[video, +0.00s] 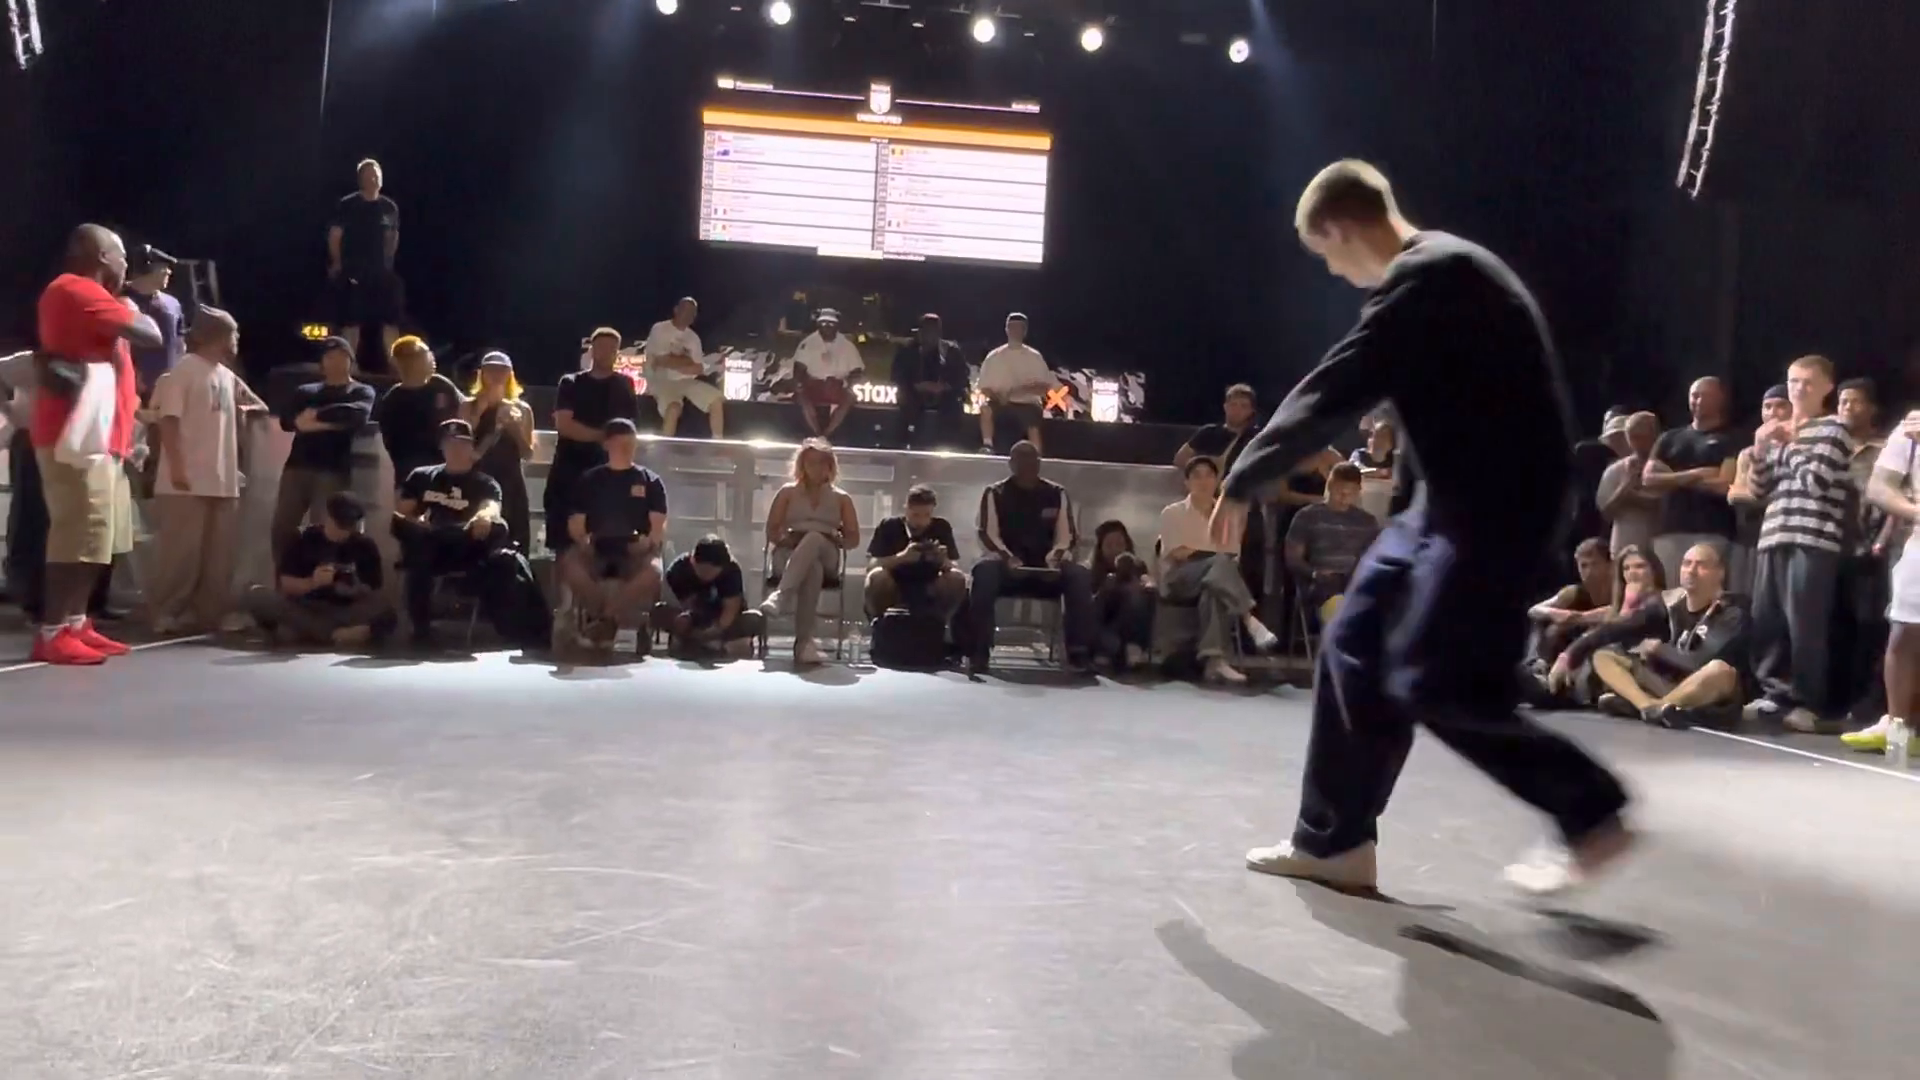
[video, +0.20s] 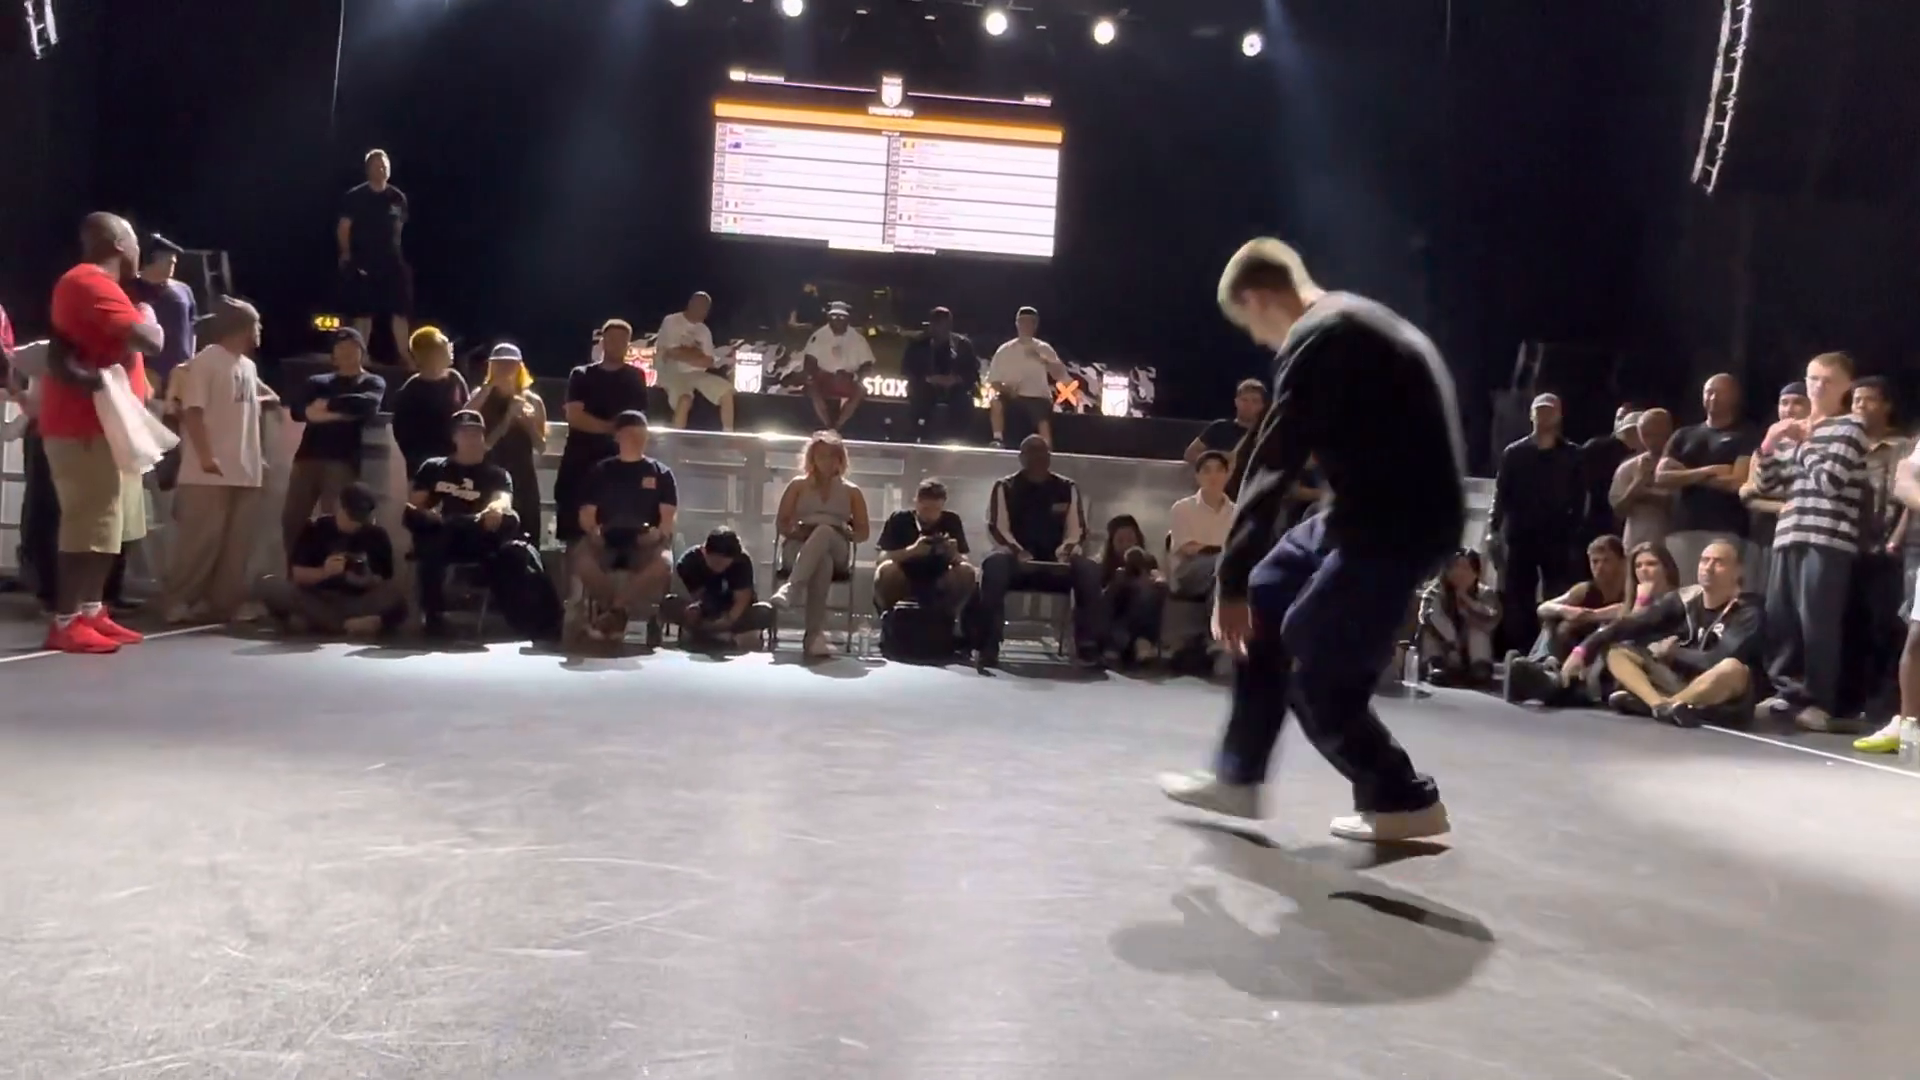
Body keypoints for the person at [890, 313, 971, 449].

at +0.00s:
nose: (930, 337)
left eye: (934, 332)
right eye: (926, 332)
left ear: (940, 333)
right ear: (920, 332)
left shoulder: (951, 350)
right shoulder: (908, 350)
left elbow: (962, 379)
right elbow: (898, 377)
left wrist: (942, 387)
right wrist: (919, 387)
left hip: (944, 398)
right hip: (916, 399)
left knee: (954, 402)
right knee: (904, 398)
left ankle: (951, 442)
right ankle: (902, 442)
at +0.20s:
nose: (941, 330)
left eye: (944, 325)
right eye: (937, 325)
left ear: (950, 325)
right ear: (931, 325)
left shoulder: (962, 344)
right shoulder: (918, 344)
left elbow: (972, 374)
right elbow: (907, 370)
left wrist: (954, 380)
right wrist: (928, 379)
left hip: (955, 391)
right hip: (927, 391)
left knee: (964, 397)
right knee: (918, 391)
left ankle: (960, 436)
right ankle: (915, 432)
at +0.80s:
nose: (964, 315)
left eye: (967, 311)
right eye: (959, 311)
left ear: (972, 312)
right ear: (952, 312)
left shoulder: (984, 330)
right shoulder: (940, 330)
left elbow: (994, 360)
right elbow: (931, 358)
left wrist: (976, 367)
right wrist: (952, 366)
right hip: (949, 386)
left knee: (986, 385)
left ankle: (977, 423)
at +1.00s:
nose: (969, 315)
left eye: (973, 310)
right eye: (965, 310)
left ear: (977, 312)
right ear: (957, 311)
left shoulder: (988, 331)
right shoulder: (945, 330)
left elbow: (998, 360)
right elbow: (934, 356)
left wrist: (981, 366)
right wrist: (955, 364)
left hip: (980, 378)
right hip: (954, 378)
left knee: (990, 383)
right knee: (939, 375)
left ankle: (982, 420)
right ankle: (952, 418)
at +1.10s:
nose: (971, 315)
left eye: (974, 310)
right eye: (966, 310)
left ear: (979, 311)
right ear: (959, 311)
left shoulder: (990, 330)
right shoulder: (947, 329)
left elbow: (1000, 359)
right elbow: (936, 355)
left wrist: (982, 366)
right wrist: (956, 363)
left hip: (982, 378)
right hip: (955, 378)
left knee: (992, 382)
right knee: (940, 374)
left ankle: (984, 418)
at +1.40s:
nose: (976, 313)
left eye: (980, 308)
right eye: (972, 308)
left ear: (984, 309)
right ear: (966, 309)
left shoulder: (993, 329)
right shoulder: (952, 328)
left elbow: (999, 355)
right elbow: (941, 355)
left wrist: (982, 363)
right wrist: (961, 362)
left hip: (985, 373)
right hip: (959, 375)